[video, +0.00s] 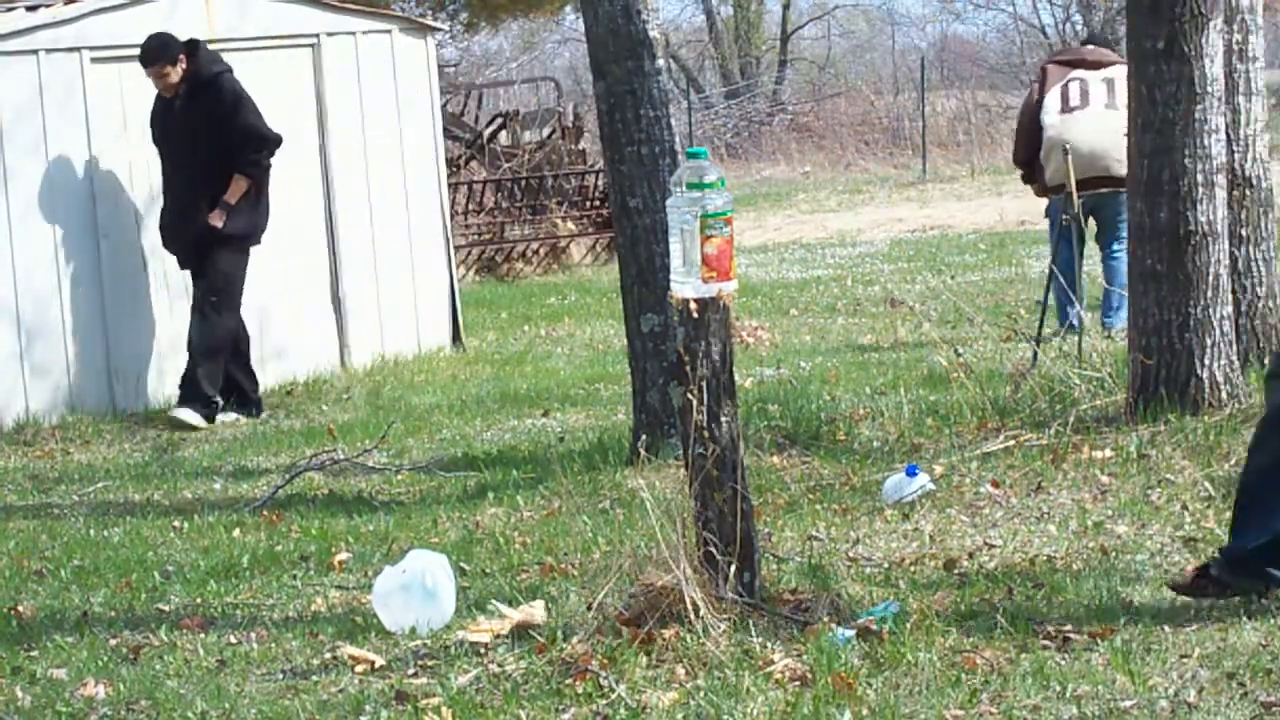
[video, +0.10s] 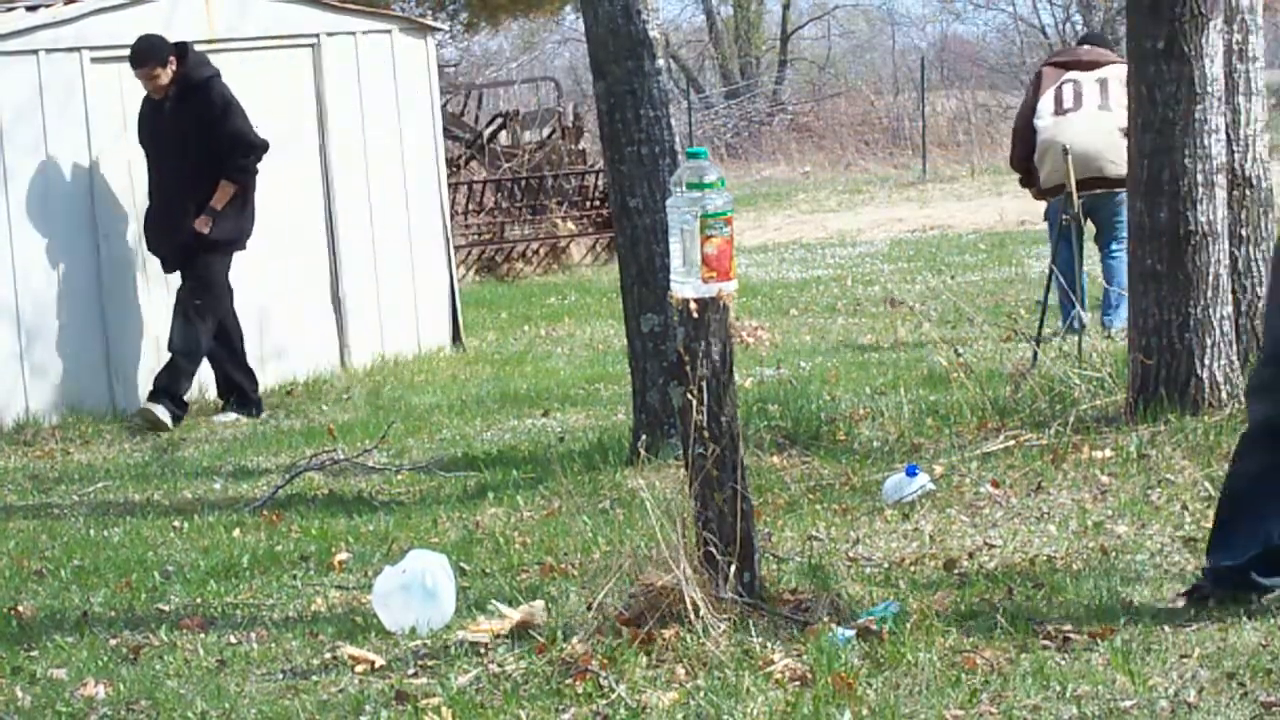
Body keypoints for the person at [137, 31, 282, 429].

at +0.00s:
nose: (159, 84)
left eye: (164, 75)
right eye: (153, 77)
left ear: (181, 62)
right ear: (148, 73)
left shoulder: (219, 86)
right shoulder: (163, 108)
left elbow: (259, 145)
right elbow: (175, 166)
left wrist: (225, 205)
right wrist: (172, 214)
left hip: (229, 218)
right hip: (191, 219)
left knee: (212, 306)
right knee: (218, 309)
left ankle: (198, 403)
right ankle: (243, 399)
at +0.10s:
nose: (149, 87)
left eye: (154, 78)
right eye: (143, 80)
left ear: (172, 64)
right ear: (137, 74)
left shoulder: (208, 91)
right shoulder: (150, 108)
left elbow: (247, 151)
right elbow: (160, 167)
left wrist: (212, 210)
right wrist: (157, 213)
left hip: (217, 220)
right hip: (179, 222)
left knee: (194, 306)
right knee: (214, 312)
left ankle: (166, 404)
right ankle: (243, 402)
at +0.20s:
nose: (138, 89)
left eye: (144, 79)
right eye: (132, 82)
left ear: (161, 66)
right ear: (125, 77)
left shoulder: (196, 99)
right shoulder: (136, 115)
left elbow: (229, 160)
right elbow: (144, 176)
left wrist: (195, 219)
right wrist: (141, 222)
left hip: (203, 226)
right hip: (164, 228)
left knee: (181, 314)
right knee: (204, 316)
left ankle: (156, 411)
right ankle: (242, 403)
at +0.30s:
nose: (124, 88)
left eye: (130, 79)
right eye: (117, 81)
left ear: (148, 66)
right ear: (112, 76)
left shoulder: (180, 98)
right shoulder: (121, 108)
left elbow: (213, 164)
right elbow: (128, 171)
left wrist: (178, 223)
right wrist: (125, 222)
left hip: (187, 227)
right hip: (145, 228)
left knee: (173, 318)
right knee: (183, 315)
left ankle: (153, 415)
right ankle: (238, 398)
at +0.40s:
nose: (113, 85)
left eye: (120, 77)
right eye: (107, 78)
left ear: (138, 65)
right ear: (99, 72)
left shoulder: (173, 100)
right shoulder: (104, 106)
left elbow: (199, 165)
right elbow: (110, 168)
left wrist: (169, 221)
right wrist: (104, 218)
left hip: (173, 229)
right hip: (125, 230)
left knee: (171, 319)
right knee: (147, 319)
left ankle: (153, 414)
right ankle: (211, 377)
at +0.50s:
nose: (102, 80)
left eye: (109, 72)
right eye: (96, 72)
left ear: (129, 64)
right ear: (89, 69)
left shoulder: (161, 96)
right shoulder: (90, 103)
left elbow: (195, 160)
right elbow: (91, 166)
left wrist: (163, 222)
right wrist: (93, 216)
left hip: (160, 231)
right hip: (112, 231)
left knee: (163, 317)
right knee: (123, 314)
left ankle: (152, 414)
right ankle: (178, 375)